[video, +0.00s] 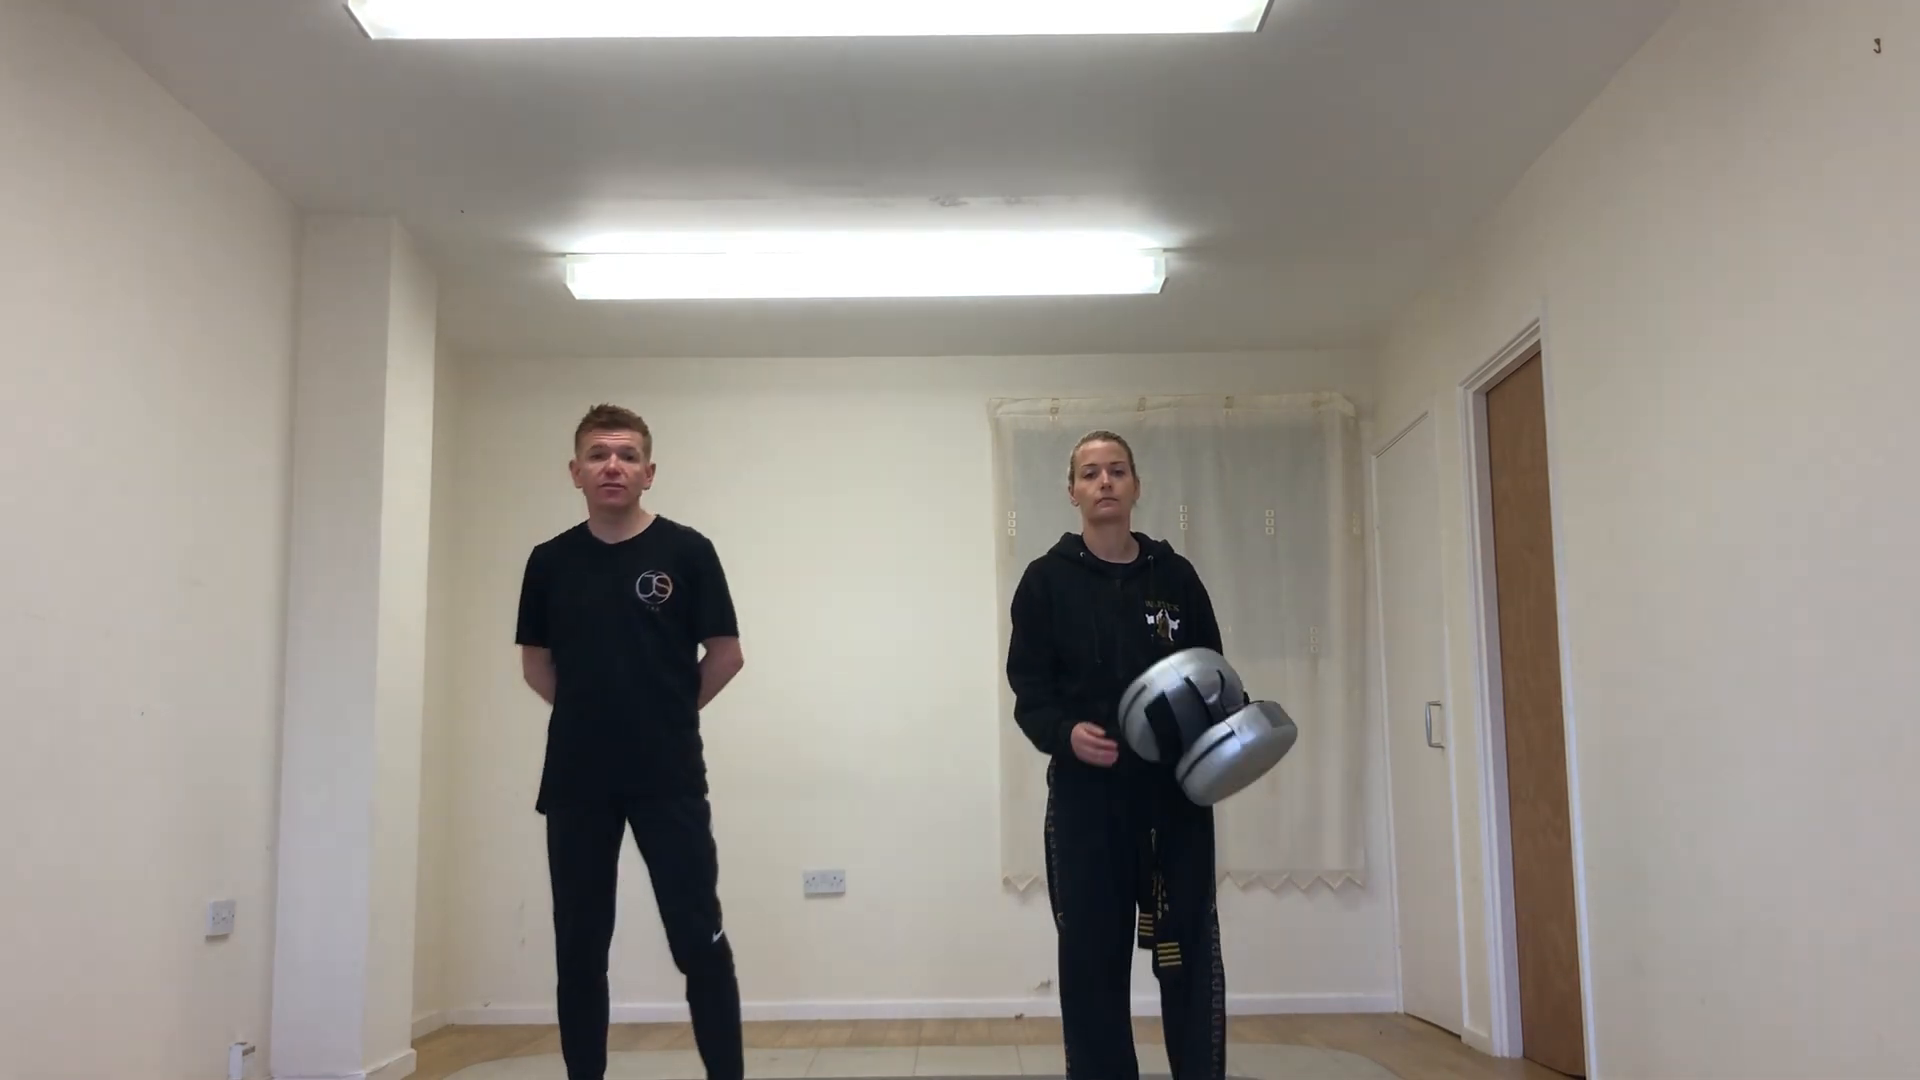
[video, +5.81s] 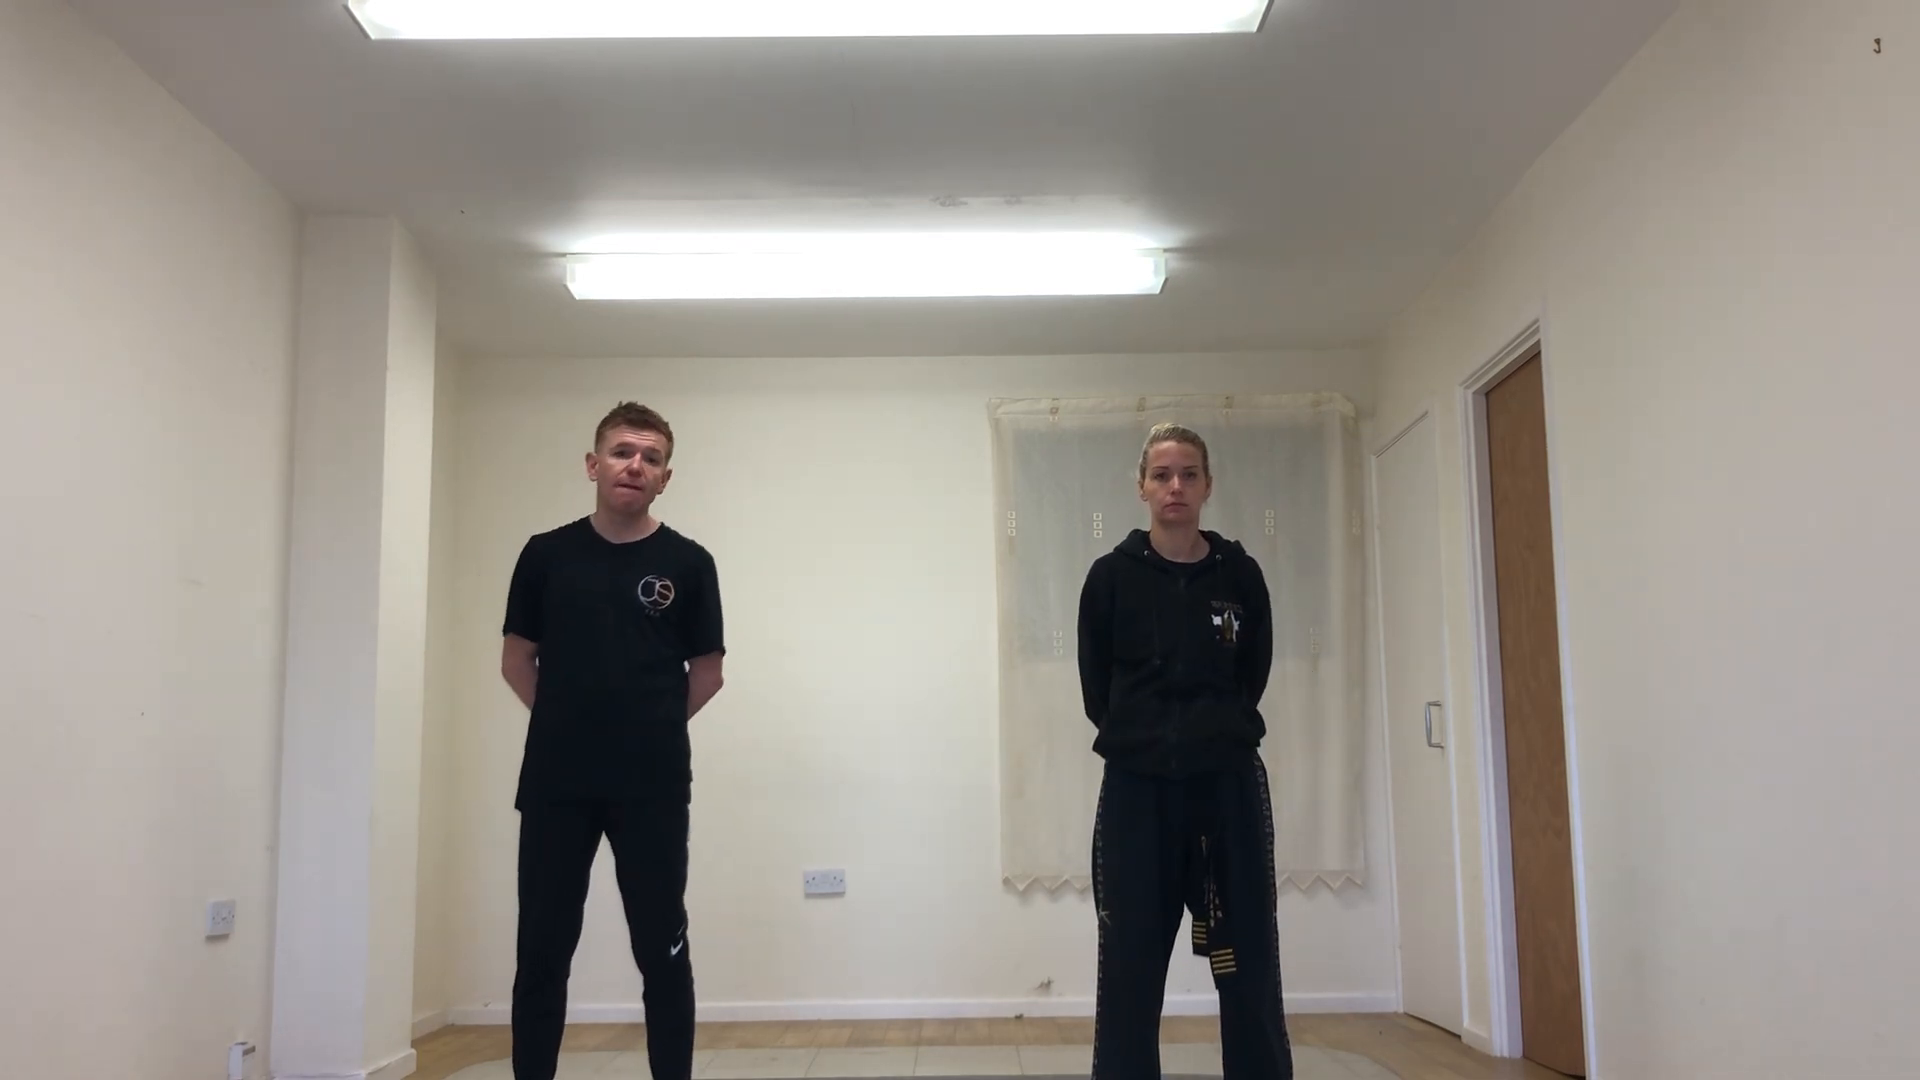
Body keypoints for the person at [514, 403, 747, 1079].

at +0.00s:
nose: (612, 465)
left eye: (626, 455)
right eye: (598, 454)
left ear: (648, 471)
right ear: (576, 472)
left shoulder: (687, 550)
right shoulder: (548, 560)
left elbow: (725, 654)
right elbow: (537, 669)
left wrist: (671, 709)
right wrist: (593, 707)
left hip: (666, 766)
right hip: (579, 769)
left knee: (700, 941)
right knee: (578, 947)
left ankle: (725, 1076)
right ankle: (583, 1076)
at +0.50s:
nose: (717, 463)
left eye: (733, 454)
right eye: (704, 451)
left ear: (750, 473)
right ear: (680, 466)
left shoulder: (782, 555)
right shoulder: (642, 554)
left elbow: (812, 661)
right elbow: (626, 665)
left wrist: (762, 721)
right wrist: (677, 715)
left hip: (751, 769)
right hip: (663, 767)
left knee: (759, 949)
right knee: (624, 946)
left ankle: (757, 1077)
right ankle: (605, 1076)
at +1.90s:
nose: (621, 470)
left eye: (636, 460)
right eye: (607, 458)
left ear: (656, 475)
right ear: (586, 472)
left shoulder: (687, 561)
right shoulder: (546, 555)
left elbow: (709, 669)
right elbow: (525, 662)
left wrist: (654, 721)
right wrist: (576, 714)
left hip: (647, 771)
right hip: (559, 771)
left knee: (656, 932)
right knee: (558, 945)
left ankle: (701, 1074)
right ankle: (563, 1076)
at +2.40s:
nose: (630, 478)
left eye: (632, 465)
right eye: (616, 466)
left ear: (629, 470)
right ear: (566, 472)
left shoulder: (649, 556)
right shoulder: (509, 563)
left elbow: (686, 654)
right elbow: (477, 668)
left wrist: (729, 747)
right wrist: (534, 730)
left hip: (642, 777)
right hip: (553, 781)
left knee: (648, 941)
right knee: (555, 947)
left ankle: (654, 1075)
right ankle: (562, 1075)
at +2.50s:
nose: (639, 480)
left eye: (641, 467)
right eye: (625, 467)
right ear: (574, 471)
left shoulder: (648, 557)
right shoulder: (512, 560)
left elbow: (697, 649)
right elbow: (473, 667)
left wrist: (776, 686)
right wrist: (530, 733)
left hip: (643, 778)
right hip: (554, 784)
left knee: (656, 944)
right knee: (555, 949)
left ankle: (662, 1075)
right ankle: (561, 1075)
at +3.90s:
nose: (666, 463)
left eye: (681, 454)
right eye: (653, 451)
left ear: (699, 475)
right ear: (627, 466)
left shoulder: (718, 567)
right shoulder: (575, 546)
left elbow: (730, 678)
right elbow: (538, 654)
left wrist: (669, 718)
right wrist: (588, 712)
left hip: (672, 780)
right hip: (581, 774)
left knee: (678, 954)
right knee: (554, 952)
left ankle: (678, 1077)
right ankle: (536, 1075)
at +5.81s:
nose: (635, 465)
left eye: (650, 457)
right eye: (622, 452)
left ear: (665, 476)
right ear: (593, 464)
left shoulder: (689, 562)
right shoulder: (544, 553)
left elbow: (708, 673)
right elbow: (516, 661)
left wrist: (648, 719)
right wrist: (568, 716)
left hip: (650, 778)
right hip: (558, 775)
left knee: (663, 951)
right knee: (541, 952)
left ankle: (673, 1076)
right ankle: (532, 1076)